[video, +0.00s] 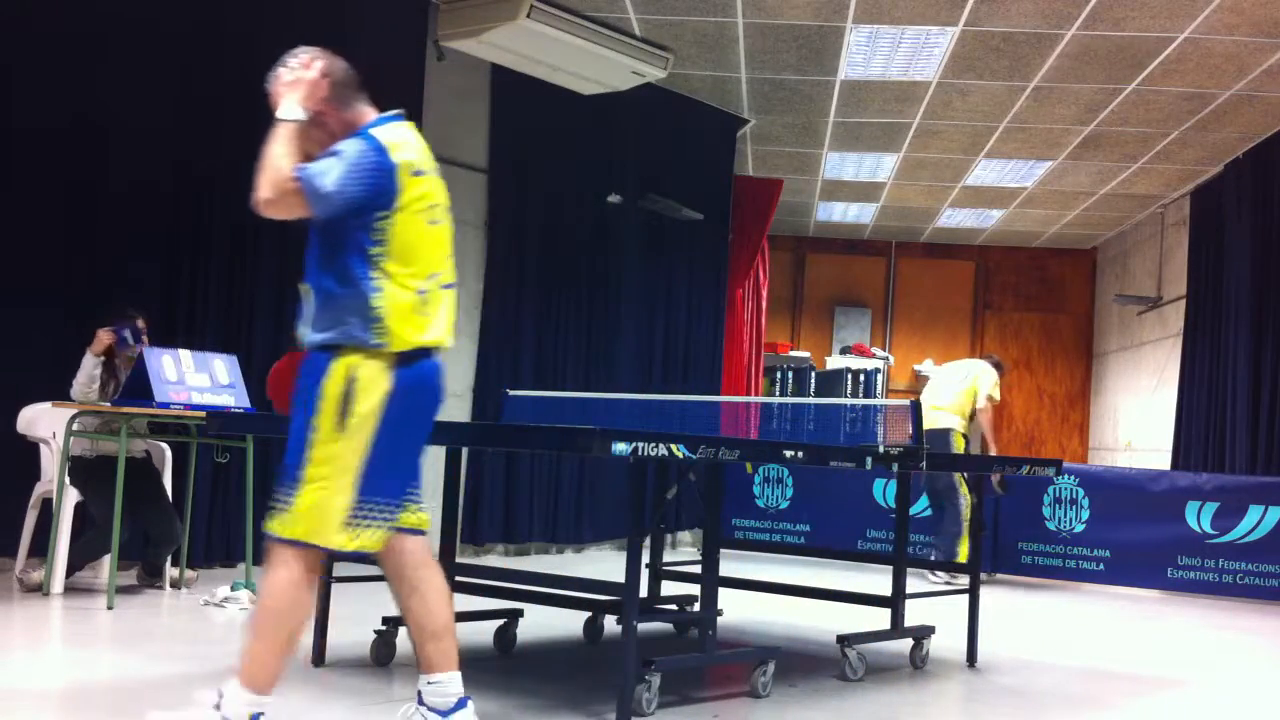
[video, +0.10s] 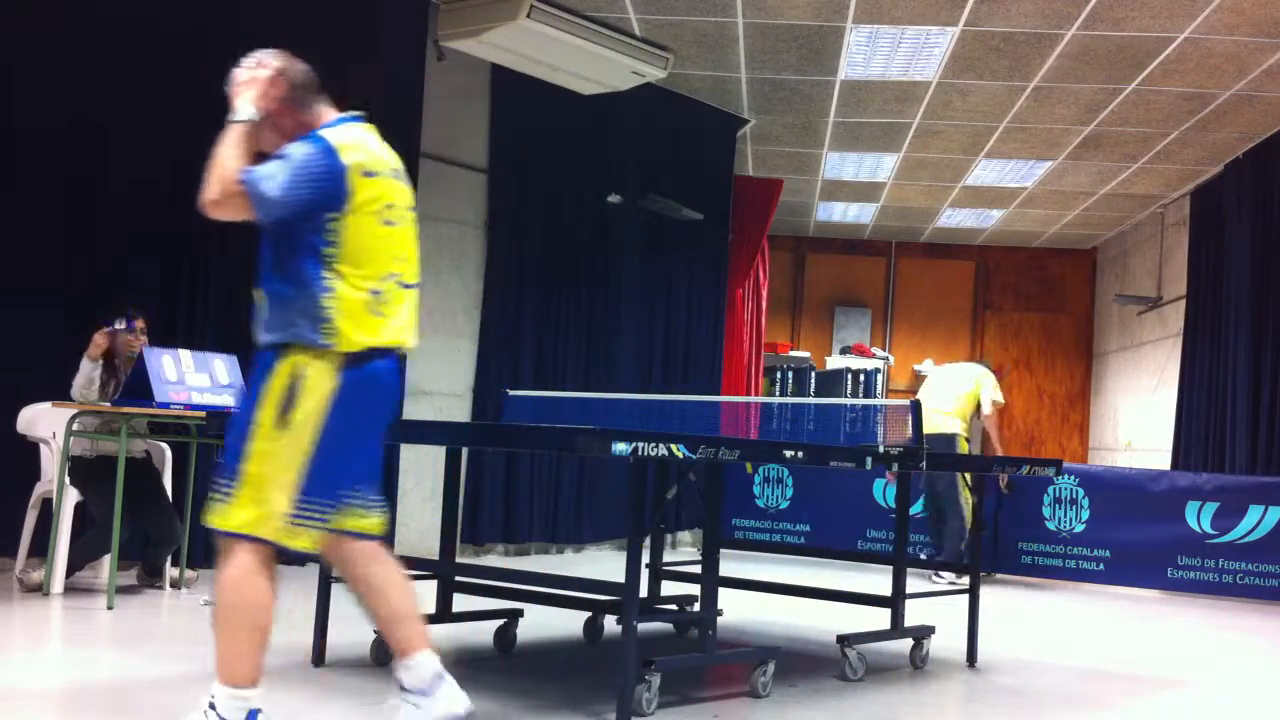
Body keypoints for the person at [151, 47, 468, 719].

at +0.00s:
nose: (292, 129)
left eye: (292, 113)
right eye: (286, 113)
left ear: (317, 98)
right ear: (345, 91)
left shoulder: (369, 153)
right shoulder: (401, 143)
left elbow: (273, 194)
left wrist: (289, 111)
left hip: (360, 369)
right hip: (407, 369)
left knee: (296, 544)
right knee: (401, 538)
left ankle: (241, 704)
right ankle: (446, 701)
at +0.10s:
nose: (249, 126)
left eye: (252, 114)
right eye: (247, 114)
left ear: (275, 107)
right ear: (317, 98)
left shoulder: (323, 156)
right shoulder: (372, 149)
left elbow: (219, 196)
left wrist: (240, 112)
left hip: (318, 366)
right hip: (370, 368)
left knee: (246, 536)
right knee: (346, 532)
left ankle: (231, 707)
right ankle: (430, 688)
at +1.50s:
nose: (192, 112)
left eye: (190, 99)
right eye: (186, 98)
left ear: (137, 100)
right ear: (160, 99)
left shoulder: (102, 150)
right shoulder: (119, 151)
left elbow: (66, 261)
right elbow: (45, 244)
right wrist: (6, 333)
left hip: (52, 353)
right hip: (100, 357)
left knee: (23, 518)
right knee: (111, 525)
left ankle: (7, 673)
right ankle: (89, 690)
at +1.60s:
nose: (196, 108)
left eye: (195, 95)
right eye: (192, 95)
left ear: (139, 95)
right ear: (167, 96)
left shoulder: (107, 149)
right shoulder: (127, 152)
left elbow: (96, 263)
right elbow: (72, 247)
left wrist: (145, 352)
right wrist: (45, 347)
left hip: (69, 352)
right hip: (109, 356)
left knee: (32, 518)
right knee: (101, 527)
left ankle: (7, 672)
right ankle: (89, 689)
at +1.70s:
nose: (203, 102)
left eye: (201, 89)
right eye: (198, 88)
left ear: (145, 90)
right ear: (173, 90)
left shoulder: (106, 147)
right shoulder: (138, 152)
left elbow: (91, 273)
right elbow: (101, 257)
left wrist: (181, 298)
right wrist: (114, 363)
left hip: (65, 354)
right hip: (109, 357)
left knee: (46, 528)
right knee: (100, 533)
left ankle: (10, 674)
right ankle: (88, 693)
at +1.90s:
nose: (218, 101)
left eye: (216, 89)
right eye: (215, 88)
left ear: (151, 84)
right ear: (193, 85)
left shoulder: (113, 138)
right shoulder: (164, 148)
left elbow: (145, 219)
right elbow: (160, 259)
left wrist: (218, 177)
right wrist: (220, 348)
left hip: (81, 350)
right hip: (123, 355)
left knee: (100, 520)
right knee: (113, 530)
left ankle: (59, 666)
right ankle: (88, 692)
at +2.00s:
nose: (227, 94)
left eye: (225, 83)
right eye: (224, 83)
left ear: (155, 84)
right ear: (203, 84)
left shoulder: (123, 135)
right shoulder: (178, 149)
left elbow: (174, 185)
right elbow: (175, 255)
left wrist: (231, 147)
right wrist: (241, 342)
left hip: (90, 349)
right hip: (133, 355)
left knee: (121, 519)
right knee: (115, 523)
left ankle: (101, 674)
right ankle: (87, 689)